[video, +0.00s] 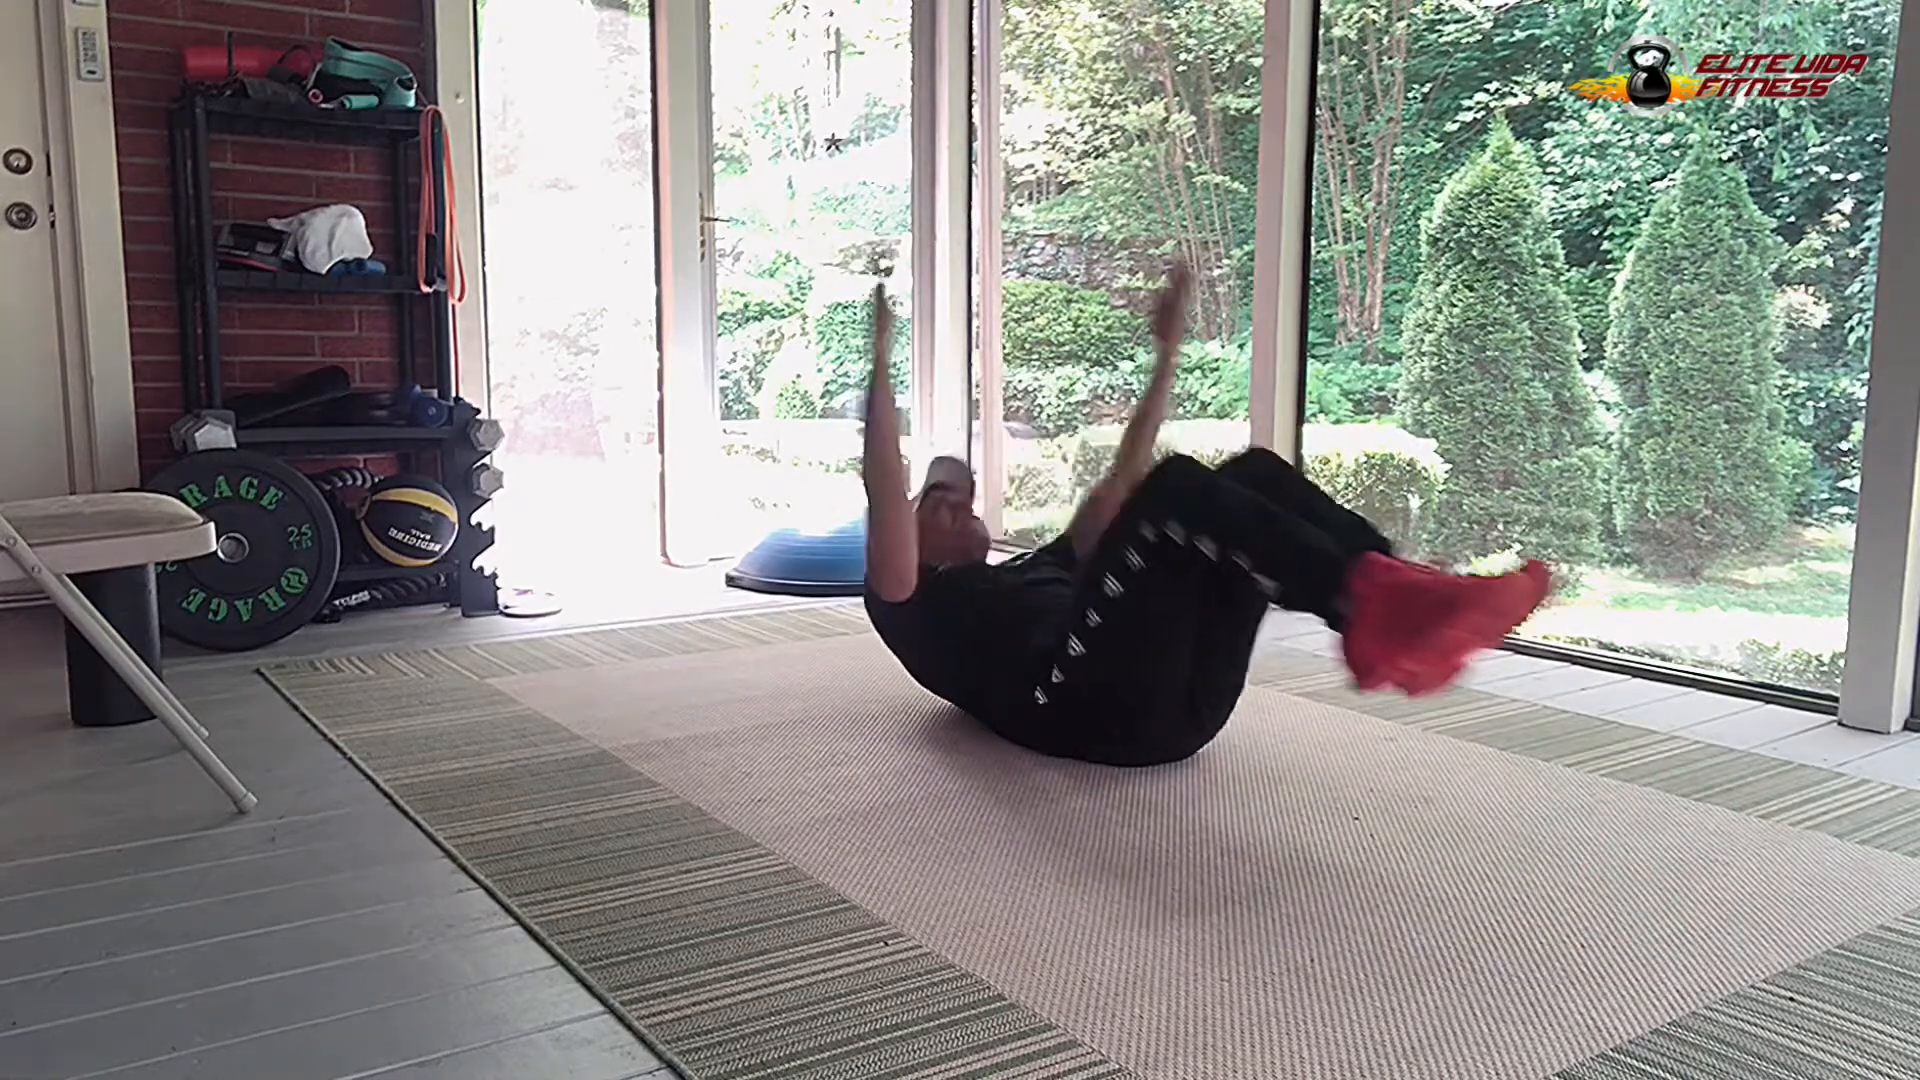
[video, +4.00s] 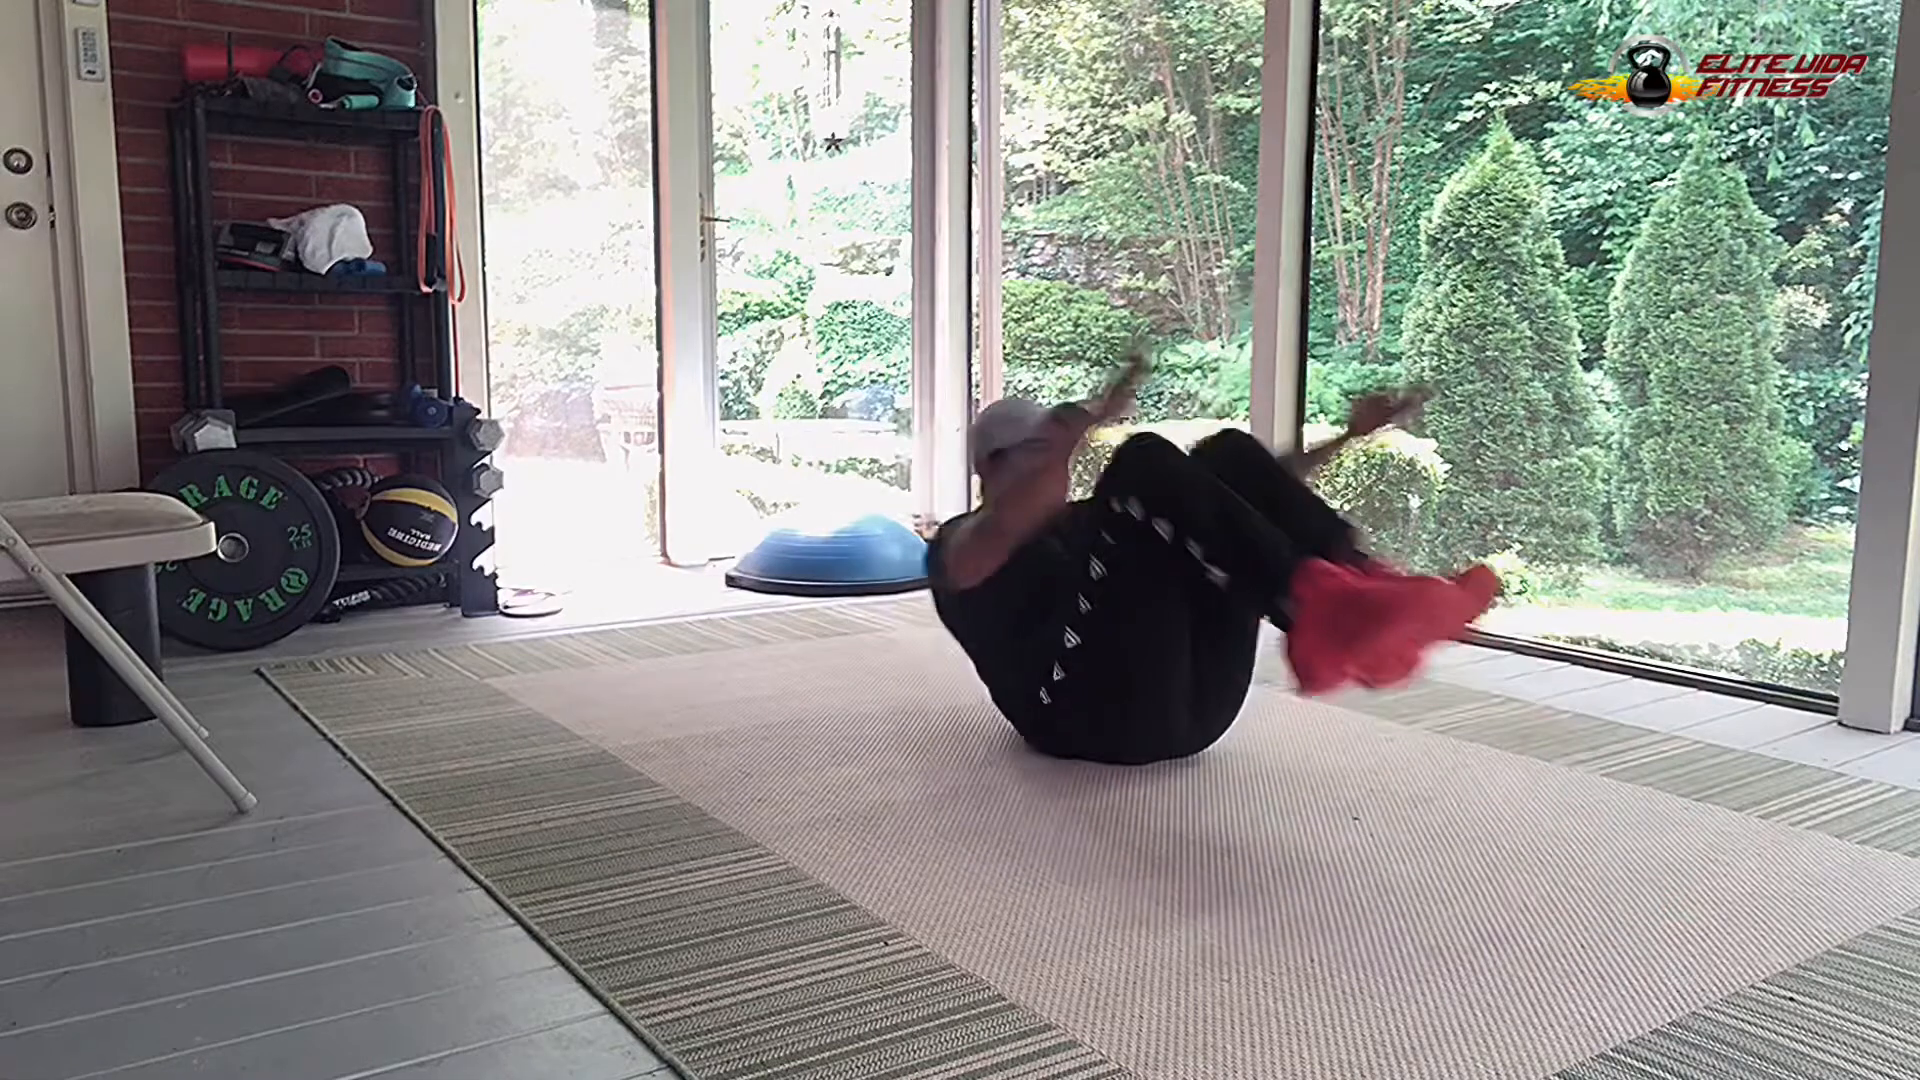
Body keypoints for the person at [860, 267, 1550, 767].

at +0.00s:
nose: (962, 505)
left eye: (968, 496)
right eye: (943, 497)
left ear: (987, 518)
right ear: (911, 525)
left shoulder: (1046, 569)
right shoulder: (909, 603)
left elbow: (1122, 479)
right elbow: (882, 472)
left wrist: (1168, 351)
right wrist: (879, 351)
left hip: (1175, 701)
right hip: (1096, 703)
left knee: (1253, 473)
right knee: (1173, 484)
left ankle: (1417, 609)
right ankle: (1369, 609)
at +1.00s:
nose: (910, 579)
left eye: (915, 570)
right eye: (891, 583)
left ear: (938, 573)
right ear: (873, 607)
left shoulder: (1005, 587)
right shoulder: (887, 645)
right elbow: (770, 633)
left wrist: (946, 553)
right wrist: (771, 625)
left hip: (1147, 633)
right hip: (1080, 677)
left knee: (1335, 690)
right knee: (1268, 726)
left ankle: (1575, 820)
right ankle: (1545, 812)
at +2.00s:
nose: (1042, 504)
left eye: (1037, 489)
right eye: (1023, 490)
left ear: (1048, 490)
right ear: (971, 506)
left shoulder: (1066, 541)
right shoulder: (938, 583)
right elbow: (1001, 585)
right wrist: (1107, 539)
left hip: (1188, 698)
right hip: (1087, 712)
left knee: (1146, 439)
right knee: (1076, 446)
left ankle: (1274, 547)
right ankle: (1234, 567)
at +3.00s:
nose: (906, 570)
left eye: (911, 562)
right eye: (888, 578)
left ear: (935, 576)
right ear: (880, 610)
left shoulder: (993, 585)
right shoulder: (884, 642)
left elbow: (982, 546)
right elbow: (759, 578)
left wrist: (930, 534)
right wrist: (837, 573)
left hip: (1144, 642)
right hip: (1081, 684)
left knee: (1336, 677)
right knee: (1277, 703)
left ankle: (1581, 827)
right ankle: (1552, 789)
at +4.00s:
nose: (1053, 469)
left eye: (1058, 455)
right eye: (1035, 458)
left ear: (1064, 459)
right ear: (990, 473)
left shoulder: (1103, 526)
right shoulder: (959, 544)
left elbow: (1217, 524)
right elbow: (982, 550)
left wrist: (1348, 438)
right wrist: (1081, 426)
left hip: (1188, 708)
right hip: (1095, 713)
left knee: (1226, 451)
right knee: (1144, 461)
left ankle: (1369, 588)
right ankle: (1318, 612)